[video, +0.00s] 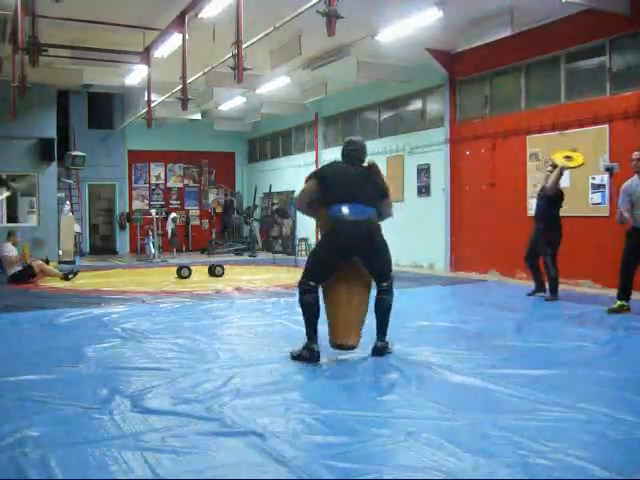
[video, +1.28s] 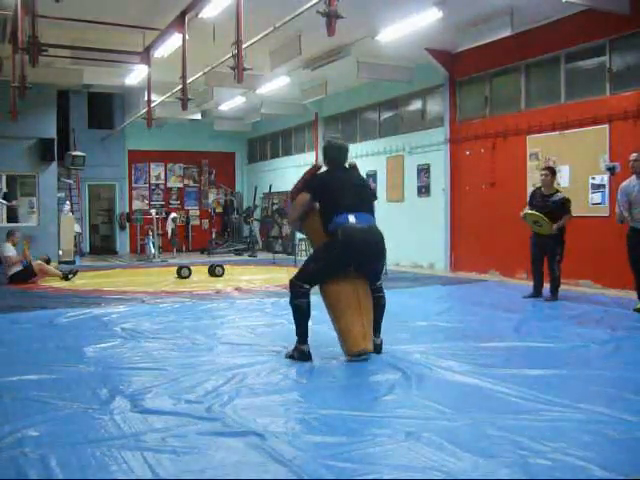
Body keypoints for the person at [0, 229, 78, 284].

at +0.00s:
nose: (18, 240)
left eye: (17, 237)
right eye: (16, 237)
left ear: (12, 238)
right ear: (11, 238)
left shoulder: (12, 248)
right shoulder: (7, 247)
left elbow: (13, 261)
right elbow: (10, 261)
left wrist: (24, 259)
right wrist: (21, 257)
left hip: (18, 274)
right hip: (14, 276)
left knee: (43, 269)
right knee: (39, 264)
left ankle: (64, 275)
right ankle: (63, 276)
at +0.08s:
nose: (16, 239)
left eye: (17, 237)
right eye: (14, 237)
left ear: (18, 237)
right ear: (10, 237)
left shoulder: (18, 248)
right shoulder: (5, 247)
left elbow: (23, 262)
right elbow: (2, 258)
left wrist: (27, 256)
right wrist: (14, 255)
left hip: (22, 274)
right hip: (13, 276)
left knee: (45, 269)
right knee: (39, 263)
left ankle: (63, 275)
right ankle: (62, 275)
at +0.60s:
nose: (17, 240)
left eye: (17, 238)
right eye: (15, 237)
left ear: (17, 239)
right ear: (9, 237)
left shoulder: (12, 248)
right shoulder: (6, 246)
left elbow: (14, 261)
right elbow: (9, 261)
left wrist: (24, 256)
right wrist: (21, 255)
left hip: (19, 274)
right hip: (14, 276)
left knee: (45, 270)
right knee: (39, 264)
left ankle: (64, 274)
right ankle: (62, 275)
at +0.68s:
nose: (18, 238)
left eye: (18, 236)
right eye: (17, 236)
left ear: (11, 236)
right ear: (12, 237)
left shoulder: (8, 246)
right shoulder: (10, 246)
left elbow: (15, 261)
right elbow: (17, 261)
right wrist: (26, 255)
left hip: (17, 275)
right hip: (15, 276)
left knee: (42, 268)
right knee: (39, 265)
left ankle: (63, 275)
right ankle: (63, 275)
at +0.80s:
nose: (20, 240)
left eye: (19, 239)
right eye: (19, 239)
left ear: (10, 237)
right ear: (18, 238)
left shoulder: (3, 247)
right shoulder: (17, 248)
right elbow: (24, 263)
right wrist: (30, 254)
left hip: (10, 277)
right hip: (16, 276)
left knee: (44, 270)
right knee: (39, 265)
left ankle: (64, 274)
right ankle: (63, 276)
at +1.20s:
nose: (18, 240)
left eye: (18, 238)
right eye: (18, 238)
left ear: (9, 237)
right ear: (15, 238)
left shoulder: (5, 246)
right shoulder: (11, 247)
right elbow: (18, 262)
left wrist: (25, 257)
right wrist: (27, 256)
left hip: (11, 275)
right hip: (14, 276)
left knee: (40, 266)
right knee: (40, 265)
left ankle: (63, 274)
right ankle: (63, 275)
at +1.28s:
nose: (18, 240)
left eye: (18, 238)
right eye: (16, 238)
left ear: (12, 238)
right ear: (11, 238)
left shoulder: (10, 247)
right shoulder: (7, 247)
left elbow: (13, 261)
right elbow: (9, 261)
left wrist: (24, 257)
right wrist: (22, 258)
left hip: (18, 273)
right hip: (14, 276)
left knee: (40, 265)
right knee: (39, 265)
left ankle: (63, 274)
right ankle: (63, 275)